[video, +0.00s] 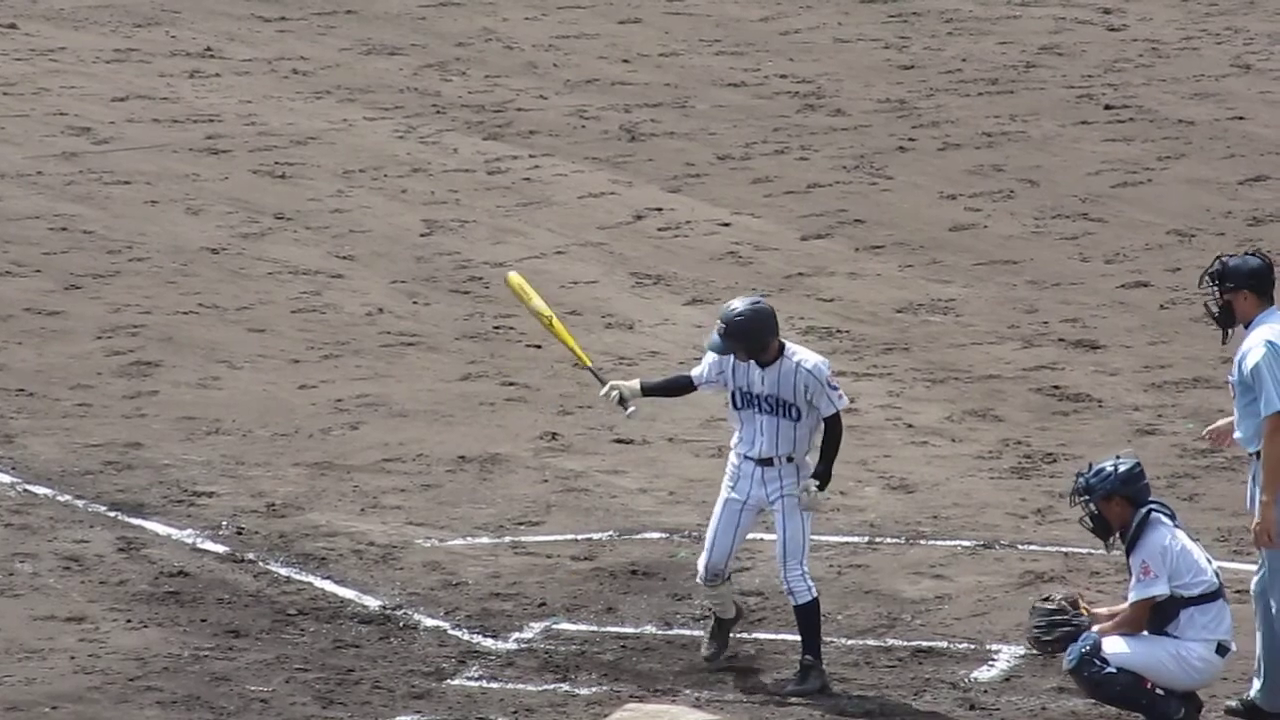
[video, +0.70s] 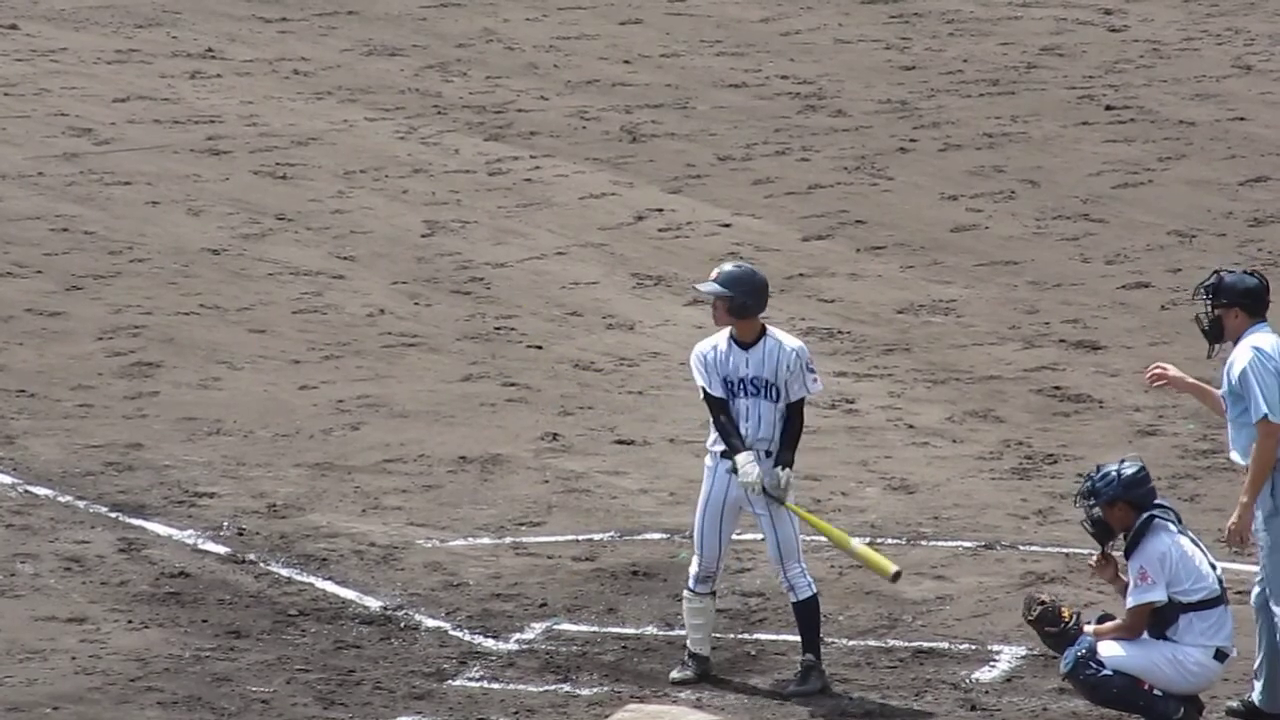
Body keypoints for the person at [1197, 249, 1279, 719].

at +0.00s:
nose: (1218, 301)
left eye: (1223, 293)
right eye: (1218, 292)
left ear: (1245, 296)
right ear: (1254, 295)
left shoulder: (1262, 349)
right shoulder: (1265, 333)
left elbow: (1272, 430)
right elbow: (1267, 405)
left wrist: (1268, 507)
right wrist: (1236, 424)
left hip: (1272, 482)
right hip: (1268, 476)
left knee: (1270, 589)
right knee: (1267, 586)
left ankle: (1269, 695)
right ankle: (1266, 690)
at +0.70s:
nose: (1211, 316)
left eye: (1215, 309)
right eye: (1211, 308)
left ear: (1234, 314)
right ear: (1247, 313)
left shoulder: (1250, 356)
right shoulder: (1260, 345)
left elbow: (1269, 434)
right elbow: (1234, 408)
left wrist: (1246, 505)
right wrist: (1185, 383)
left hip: (1271, 498)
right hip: (1268, 495)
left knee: (1268, 598)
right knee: (1266, 596)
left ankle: (1268, 698)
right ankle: (1265, 693)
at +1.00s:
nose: (1226, 309)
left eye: (1233, 302)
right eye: (1228, 302)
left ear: (1255, 306)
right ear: (1251, 306)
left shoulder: (1274, 352)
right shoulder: (1235, 352)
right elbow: (1194, 391)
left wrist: (1278, 505)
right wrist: (1156, 346)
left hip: (1275, 485)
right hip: (1253, 483)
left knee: (1277, 600)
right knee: (1258, 599)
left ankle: (1271, 696)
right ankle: (1265, 695)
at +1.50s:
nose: (1233, 304)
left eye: (1238, 298)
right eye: (1234, 297)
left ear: (1258, 306)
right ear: (1259, 305)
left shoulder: (1274, 351)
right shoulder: (1247, 345)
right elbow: (1228, 403)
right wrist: (1210, 350)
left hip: (1273, 478)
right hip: (1253, 475)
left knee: (1274, 593)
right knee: (1260, 593)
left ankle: (1273, 694)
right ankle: (1267, 692)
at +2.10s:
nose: (1224, 327)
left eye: (1226, 319)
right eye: (1222, 319)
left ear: (1244, 317)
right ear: (1259, 312)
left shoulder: (1266, 367)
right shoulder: (1263, 355)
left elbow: (1271, 449)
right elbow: (1262, 425)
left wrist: (1240, 513)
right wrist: (1236, 402)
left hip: (1263, 503)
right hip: (1256, 496)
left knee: (1259, 607)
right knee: (1257, 602)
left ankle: (1266, 695)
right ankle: (1261, 692)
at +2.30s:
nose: (1214, 339)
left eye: (1214, 330)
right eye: (1212, 330)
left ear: (1230, 327)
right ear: (1252, 318)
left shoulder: (1253, 373)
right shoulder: (1272, 348)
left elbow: (1265, 455)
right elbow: (1267, 423)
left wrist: (1250, 533)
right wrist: (1242, 457)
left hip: (1269, 522)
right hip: (1272, 514)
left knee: (1249, 627)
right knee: (1264, 608)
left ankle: (1276, 706)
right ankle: (1263, 688)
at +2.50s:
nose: (1203, 345)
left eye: (1205, 336)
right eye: (1202, 336)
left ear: (1222, 334)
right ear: (1244, 327)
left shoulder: (1246, 380)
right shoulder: (1270, 356)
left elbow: (1267, 461)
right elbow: (1268, 456)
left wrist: (1255, 537)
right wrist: (1253, 516)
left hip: (1271, 527)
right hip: (1274, 521)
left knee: (1243, 630)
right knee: (1264, 621)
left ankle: (1275, 706)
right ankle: (1271, 699)